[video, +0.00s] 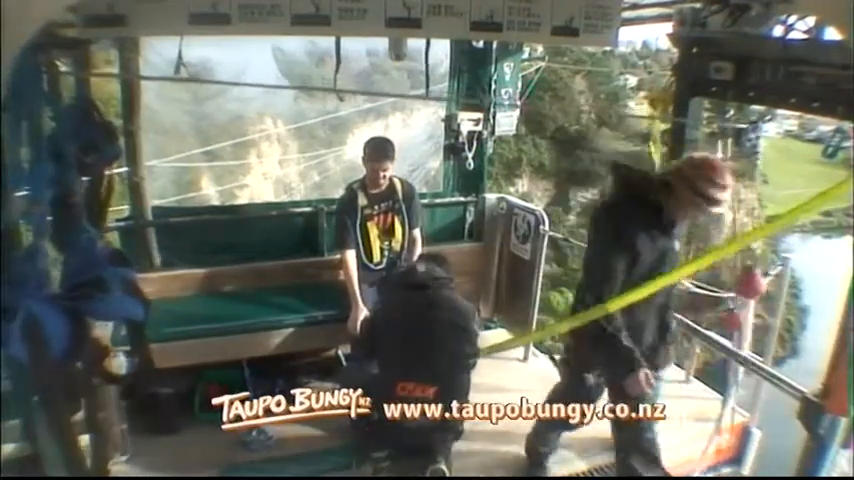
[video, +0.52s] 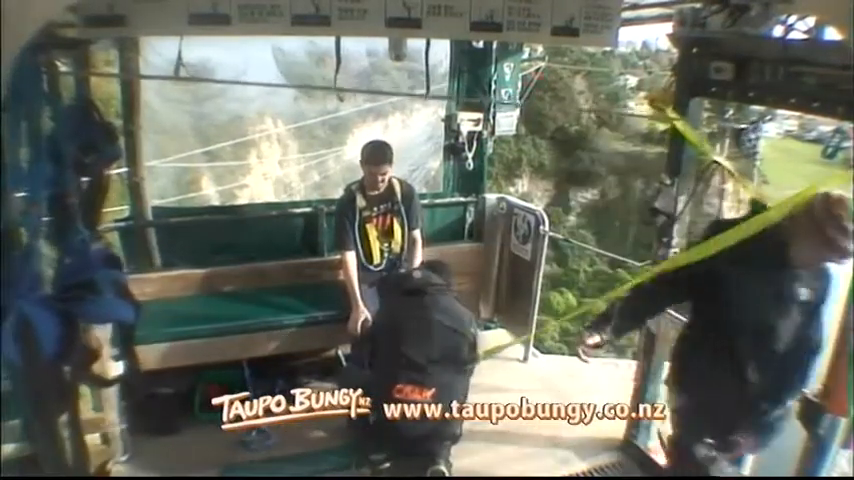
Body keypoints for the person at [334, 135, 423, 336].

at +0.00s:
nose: (380, 176)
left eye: (385, 170)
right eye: (374, 170)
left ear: (393, 164)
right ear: (364, 164)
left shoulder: (406, 191)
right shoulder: (350, 200)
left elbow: (415, 239)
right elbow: (348, 254)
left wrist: (409, 276)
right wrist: (357, 304)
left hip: (400, 279)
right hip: (366, 281)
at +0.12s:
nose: (379, 177)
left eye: (384, 171)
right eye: (373, 171)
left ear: (392, 165)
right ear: (363, 165)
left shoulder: (405, 191)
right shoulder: (350, 200)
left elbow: (415, 238)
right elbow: (348, 253)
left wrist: (412, 278)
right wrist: (357, 304)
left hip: (399, 277)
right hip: (366, 279)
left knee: (402, 339)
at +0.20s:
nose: (380, 177)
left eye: (385, 171)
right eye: (374, 171)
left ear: (392, 166)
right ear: (363, 165)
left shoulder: (405, 192)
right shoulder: (350, 199)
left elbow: (415, 239)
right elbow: (348, 254)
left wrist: (412, 280)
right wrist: (357, 304)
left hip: (399, 275)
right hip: (366, 277)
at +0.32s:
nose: (379, 178)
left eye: (384, 173)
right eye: (373, 173)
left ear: (392, 167)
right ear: (363, 167)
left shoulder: (406, 192)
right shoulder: (349, 201)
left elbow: (415, 239)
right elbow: (347, 255)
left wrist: (412, 280)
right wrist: (357, 305)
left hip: (399, 276)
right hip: (365, 278)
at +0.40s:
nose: (379, 179)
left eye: (384, 173)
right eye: (373, 174)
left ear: (392, 167)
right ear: (363, 167)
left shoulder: (406, 192)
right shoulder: (348, 201)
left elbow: (415, 240)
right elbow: (348, 256)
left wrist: (412, 279)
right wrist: (357, 306)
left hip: (400, 276)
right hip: (366, 279)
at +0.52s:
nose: (378, 181)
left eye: (383, 175)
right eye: (372, 175)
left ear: (392, 168)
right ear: (362, 167)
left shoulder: (405, 192)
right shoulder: (349, 199)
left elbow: (415, 240)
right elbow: (348, 255)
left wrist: (410, 282)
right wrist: (358, 305)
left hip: (400, 276)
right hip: (366, 279)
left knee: (405, 327)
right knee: (367, 329)